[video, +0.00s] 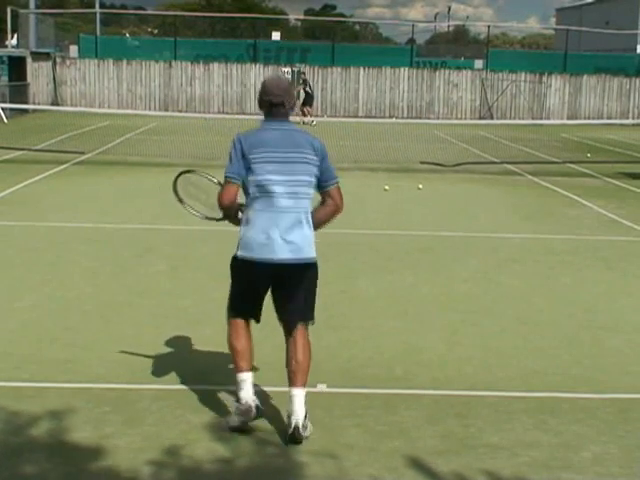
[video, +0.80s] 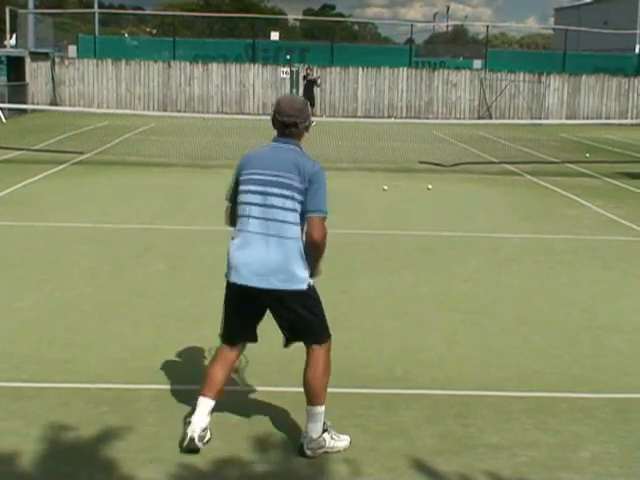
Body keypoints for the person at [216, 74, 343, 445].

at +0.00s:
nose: (277, 107)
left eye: (267, 101)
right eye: (288, 101)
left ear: (261, 105)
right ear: (293, 106)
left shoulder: (245, 142)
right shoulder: (313, 144)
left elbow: (227, 199)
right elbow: (334, 203)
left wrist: (234, 214)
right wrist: (304, 226)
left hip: (254, 254)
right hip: (299, 255)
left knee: (240, 316)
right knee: (297, 326)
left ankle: (246, 399)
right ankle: (298, 415)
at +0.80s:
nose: (304, 128)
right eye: (306, 123)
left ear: (274, 124)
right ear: (306, 126)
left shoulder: (248, 160)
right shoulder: (310, 169)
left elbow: (234, 217)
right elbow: (316, 235)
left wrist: (259, 242)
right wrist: (312, 268)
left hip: (242, 272)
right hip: (287, 275)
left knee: (231, 343)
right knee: (318, 342)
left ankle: (196, 425)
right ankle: (315, 433)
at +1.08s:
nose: (304, 130)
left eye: (300, 124)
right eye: (305, 125)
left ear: (271, 124)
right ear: (301, 130)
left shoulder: (252, 155)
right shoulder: (286, 169)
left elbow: (288, 196)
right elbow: (286, 230)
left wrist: (336, 197)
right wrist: (329, 247)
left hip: (221, 265)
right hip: (257, 273)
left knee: (237, 332)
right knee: (292, 345)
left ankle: (200, 416)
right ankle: (312, 433)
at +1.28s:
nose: (307, 126)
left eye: (306, 121)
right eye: (306, 121)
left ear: (272, 120)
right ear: (300, 125)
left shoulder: (258, 145)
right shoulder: (276, 155)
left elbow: (301, 180)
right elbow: (266, 213)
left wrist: (349, 181)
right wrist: (321, 227)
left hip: (209, 253)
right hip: (238, 261)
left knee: (232, 321)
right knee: (269, 338)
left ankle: (198, 402)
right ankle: (244, 430)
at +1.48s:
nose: (307, 138)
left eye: (305, 133)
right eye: (306, 133)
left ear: (273, 132)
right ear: (301, 137)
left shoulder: (261, 157)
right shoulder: (272, 165)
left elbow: (304, 183)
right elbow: (254, 209)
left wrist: (348, 186)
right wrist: (304, 214)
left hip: (206, 259)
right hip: (230, 269)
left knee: (227, 326)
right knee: (266, 343)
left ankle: (193, 400)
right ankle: (243, 432)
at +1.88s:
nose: (275, 115)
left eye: (275, 109)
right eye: (275, 110)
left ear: (242, 106)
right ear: (265, 110)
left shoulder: (208, 137)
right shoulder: (263, 148)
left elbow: (168, 169)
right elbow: (297, 200)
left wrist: (157, 206)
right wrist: (345, 207)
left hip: (196, 247)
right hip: (232, 255)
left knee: (208, 312)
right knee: (245, 331)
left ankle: (188, 393)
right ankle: (246, 423)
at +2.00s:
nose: (258, 102)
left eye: (257, 96)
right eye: (257, 97)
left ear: (224, 98)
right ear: (249, 99)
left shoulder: (194, 134)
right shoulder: (260, 133)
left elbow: (156, 184)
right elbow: (287, 168)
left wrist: (157, 217)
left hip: (204, 245)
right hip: (245, 247)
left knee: (201, 315)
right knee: (248, 326)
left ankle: (191, 392)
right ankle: (245, 415)